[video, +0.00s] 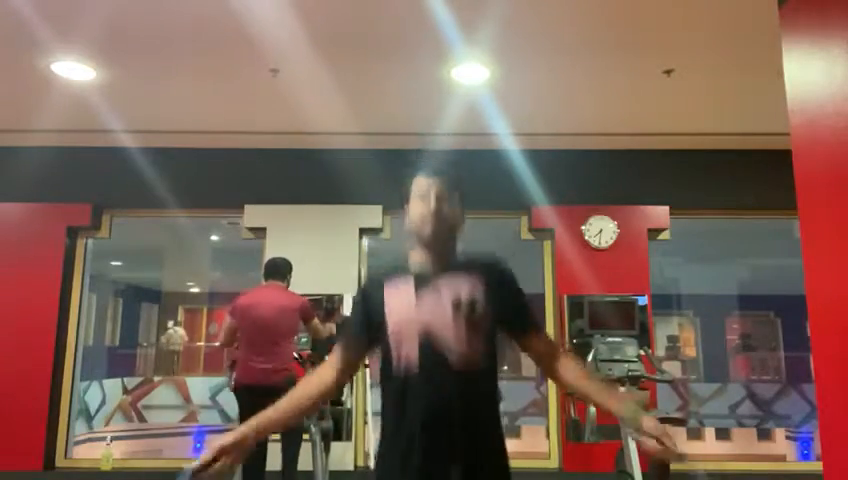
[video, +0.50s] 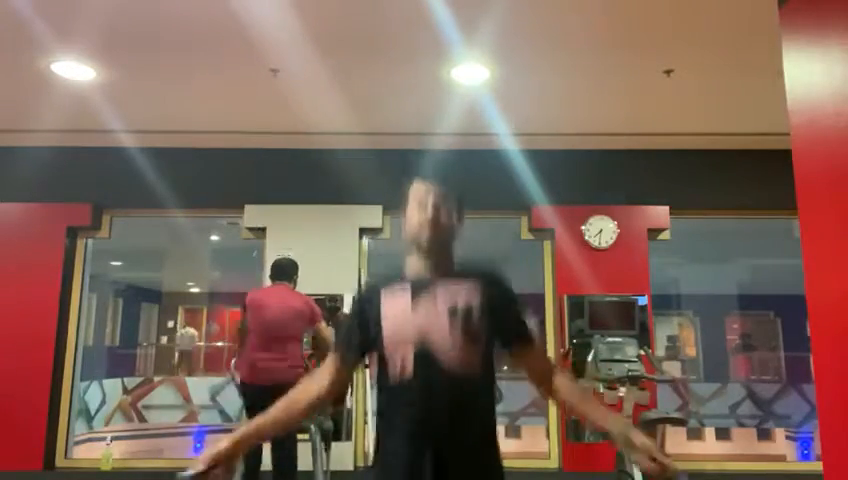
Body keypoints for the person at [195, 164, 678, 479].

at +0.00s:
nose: (427, 209)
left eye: (439, 200)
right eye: (418, 199)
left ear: (460, 215)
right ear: (404, 212)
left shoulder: (489, 281)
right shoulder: (378, 292)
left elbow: (552, 359)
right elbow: (327, 376)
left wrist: (629, 410)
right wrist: (244, 435)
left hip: (478, 462)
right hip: (401, 463)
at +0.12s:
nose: (434, 165)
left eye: (445, 159)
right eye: (423, 158)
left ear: (460, 176)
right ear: (405, 176)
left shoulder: (490, 239)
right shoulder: (378, 246)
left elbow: (540, 330)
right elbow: (345, 334)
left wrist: (605, 371)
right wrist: (269, 385)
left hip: (479, 426)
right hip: (400, 427)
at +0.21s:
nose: (437, 172)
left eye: (448, 165)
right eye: (426, 164)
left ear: (461, 180)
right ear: (406, 178)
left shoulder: (488, 241)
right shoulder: (376, 249)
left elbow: (542, 329)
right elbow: (343, 336)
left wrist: (619, 365)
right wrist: (262, 375)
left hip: (477, 432)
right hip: (399, 432)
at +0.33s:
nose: (424, 223)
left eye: (436, 215)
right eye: (416, 215)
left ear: (458, 228)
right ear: (404, 227)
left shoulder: (490, 295)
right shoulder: (376, 301)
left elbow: (558, 369)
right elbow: (322, 380)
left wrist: (639, 402)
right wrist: (230, 405)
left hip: (471, 464)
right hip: (395, 463)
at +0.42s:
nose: (433, 251)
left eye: (444, 243)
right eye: (421, 244)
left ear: (461, 260)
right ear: (404, 261)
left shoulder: (491, 323)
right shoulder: (375, 331)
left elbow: (560, 398)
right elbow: (315, 407)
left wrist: (650, 437)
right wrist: (215, 443)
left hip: (472, 473)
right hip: (399, 474)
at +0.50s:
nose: (427, 215)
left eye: (438, 207)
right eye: (417, 206)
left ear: (456, 220)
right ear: (401, 220)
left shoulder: (487, 291)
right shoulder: (375, 299)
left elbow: (550, 379)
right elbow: (322, 385)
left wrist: (624, 432)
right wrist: (236, 442)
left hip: (472, 466)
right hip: (397, 466)